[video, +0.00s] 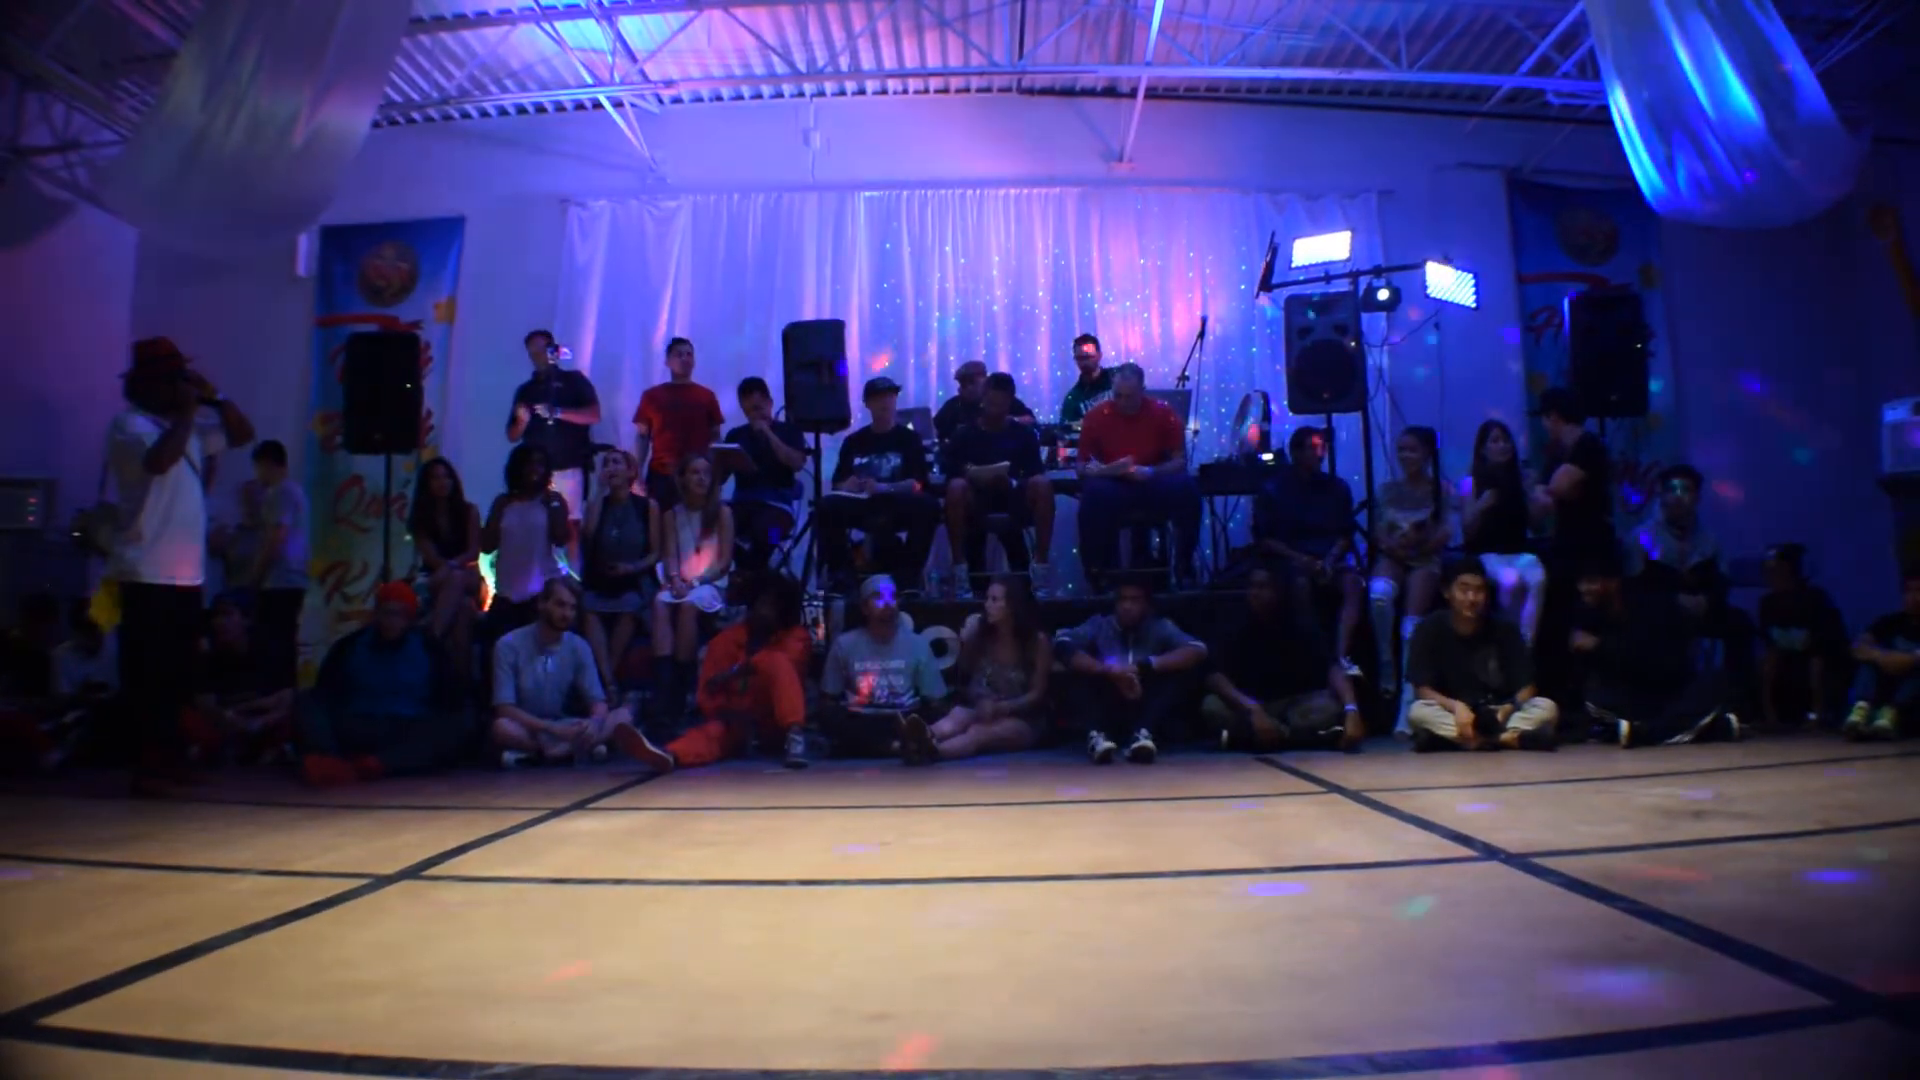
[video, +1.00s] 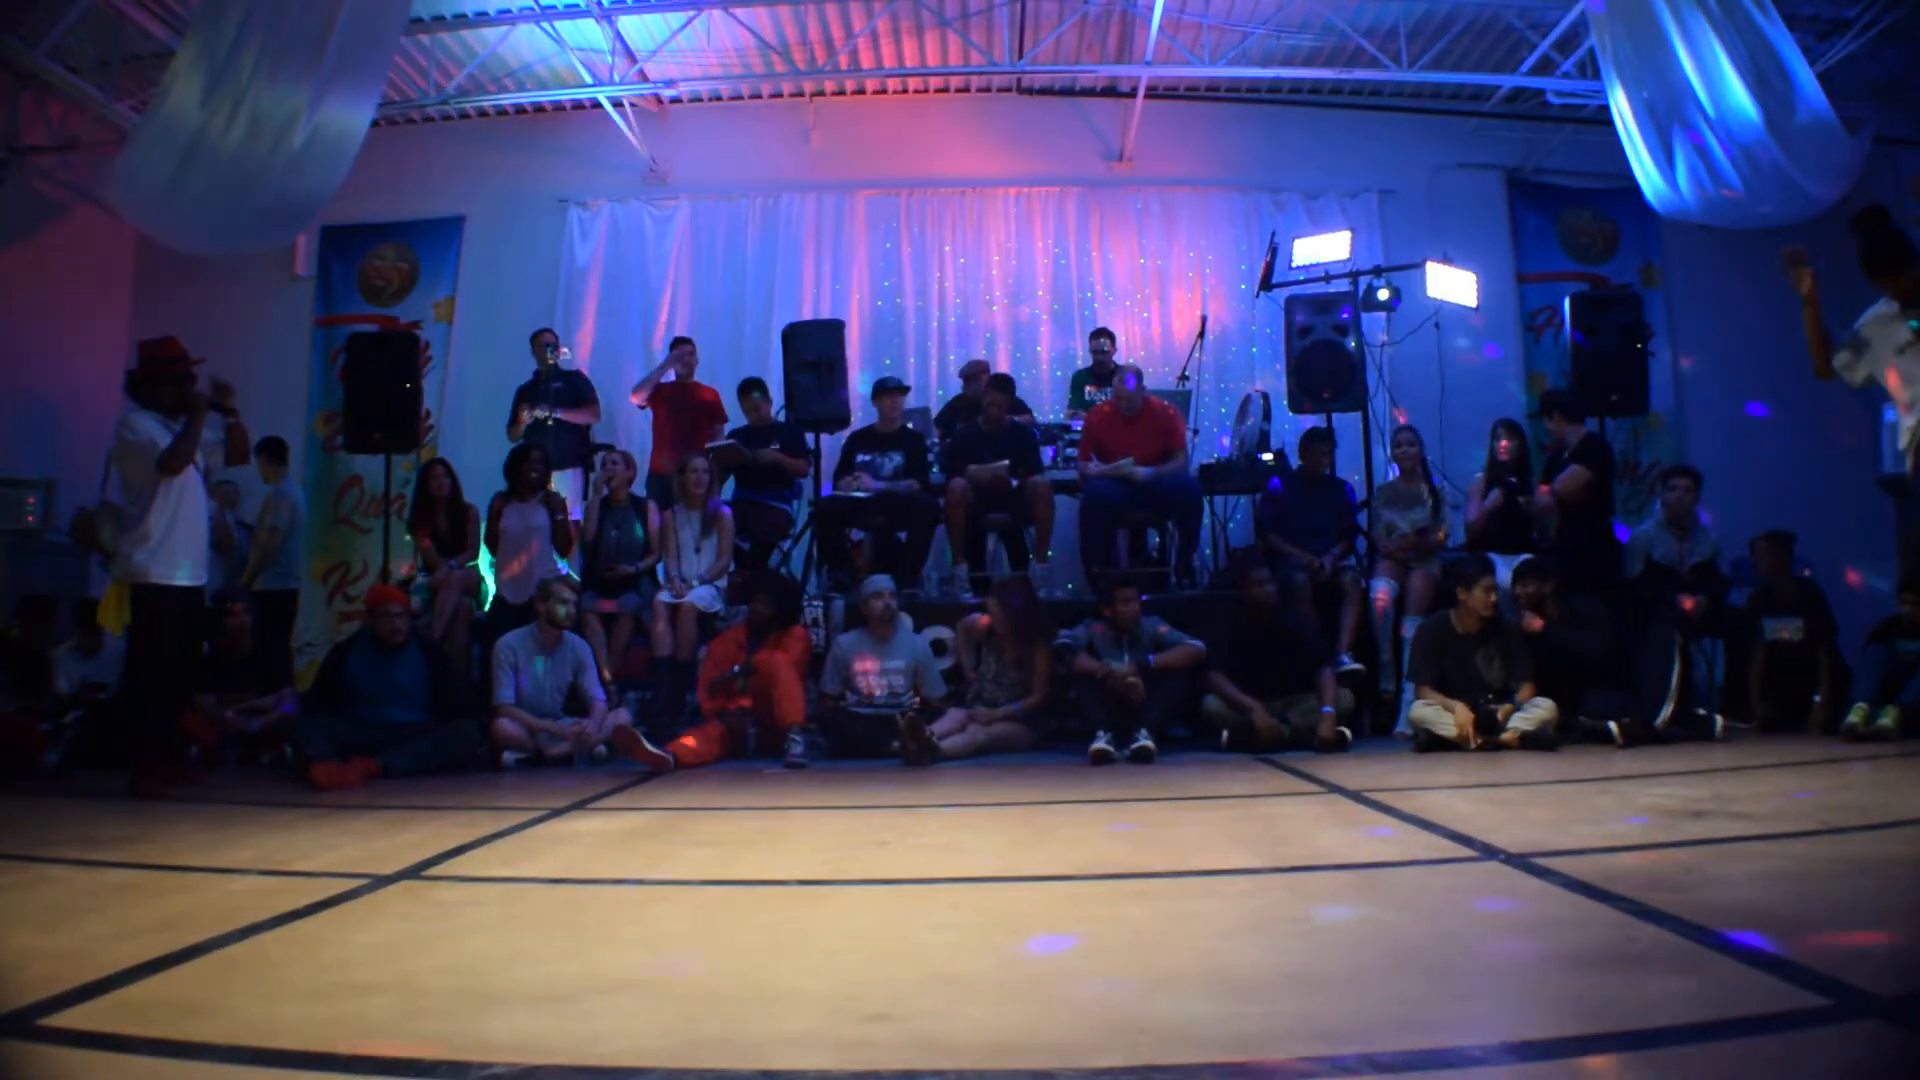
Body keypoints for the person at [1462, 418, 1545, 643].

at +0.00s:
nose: (1500, 446)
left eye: (1505, 440)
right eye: (1493, 441)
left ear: (1513, 446)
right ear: (1482, 448)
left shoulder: (1523, 478)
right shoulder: (1472, 482)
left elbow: (1534, 518)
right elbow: (1467, 523)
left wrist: (1540, 505)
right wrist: (1482, 505)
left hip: (1520, 548)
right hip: (1488, 549)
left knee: (1537, 577)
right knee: (1510, 580)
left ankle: (1527, 642)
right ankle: (1503, 636)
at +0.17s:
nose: (1502, 446)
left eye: (1506, 440)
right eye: (1495, 441)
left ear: (1514, 446)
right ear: (1483, 448)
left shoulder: (1523, 479)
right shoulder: (1477, 482)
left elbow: (1531, 519)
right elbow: (1469, 522)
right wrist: (1481, 506)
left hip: (1521, 548)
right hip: (1489, 549)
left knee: (1538, 578)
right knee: (1510, 579)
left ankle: (1528, 639)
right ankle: (1502, 636)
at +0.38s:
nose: (1504, 445)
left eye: (1509, 439)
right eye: (1497, 439)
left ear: (1518, 445)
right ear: (1488, 446)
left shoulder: (1527, 481)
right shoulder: (1478, 482)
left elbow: (1539, 519)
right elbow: (1472, 524)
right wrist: (1485, 504)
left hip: (1524, 551)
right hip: (1492, 551)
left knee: (1534, 575)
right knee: (1508, 580)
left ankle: (1533, 628)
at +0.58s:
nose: (1502, 446)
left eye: (1508, 439)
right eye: (1495, 441)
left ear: (1518, 445)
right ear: (1488, 447)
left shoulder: (1528, 482)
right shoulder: (1478, 483)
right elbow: (1472, 525)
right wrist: (1484, 508)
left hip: (1523, 552)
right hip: (1491, 552)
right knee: (1504, 579)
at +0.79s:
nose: (1504, 446)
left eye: (1510, 440)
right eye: (1498, 441)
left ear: (1519, 444)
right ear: (1490, 446)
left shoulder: (1530, 481)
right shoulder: (1479, 482)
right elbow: (1472, 524)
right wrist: (1488, 506)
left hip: (1523, 552)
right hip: (1488, 553)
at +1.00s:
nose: (1503, 445)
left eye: (1510, 439)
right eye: (1498, 440)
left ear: (1520, 444)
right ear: (1492, 444)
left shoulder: (1531, 481)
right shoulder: (1481, 481)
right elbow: (1472, 523)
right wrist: (1489, 505)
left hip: (1524, 551)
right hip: (1491, 551)